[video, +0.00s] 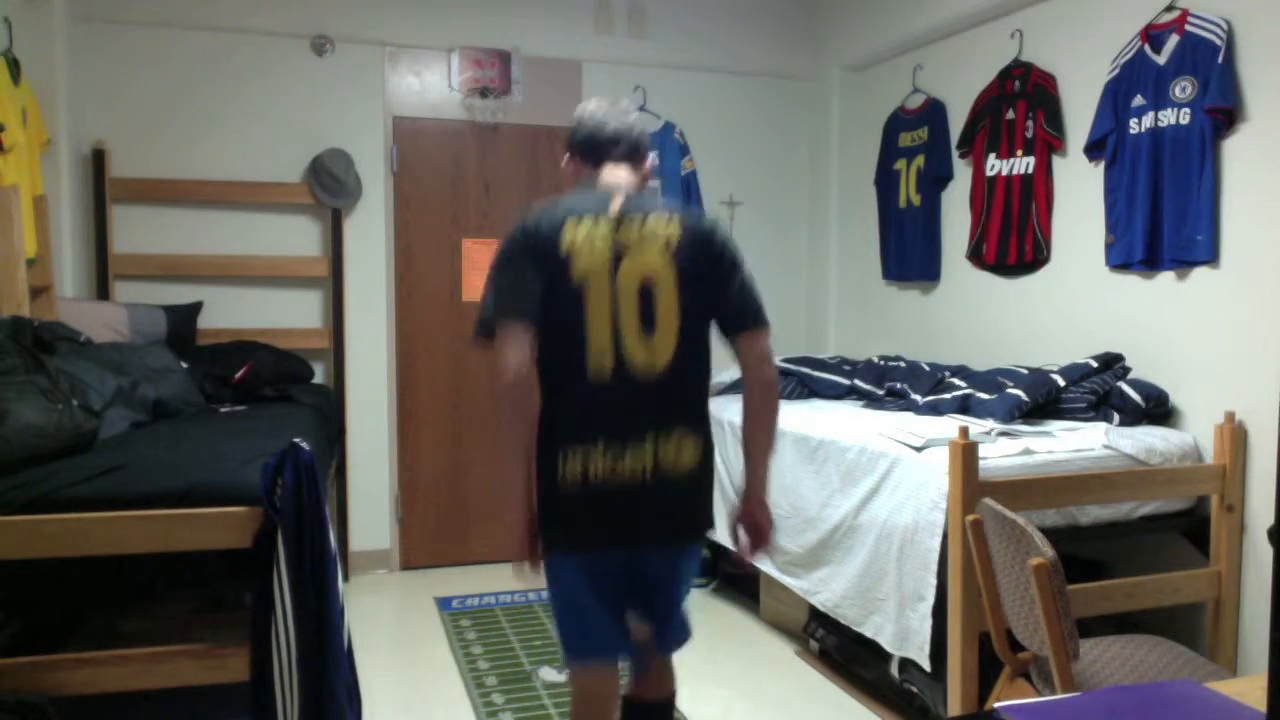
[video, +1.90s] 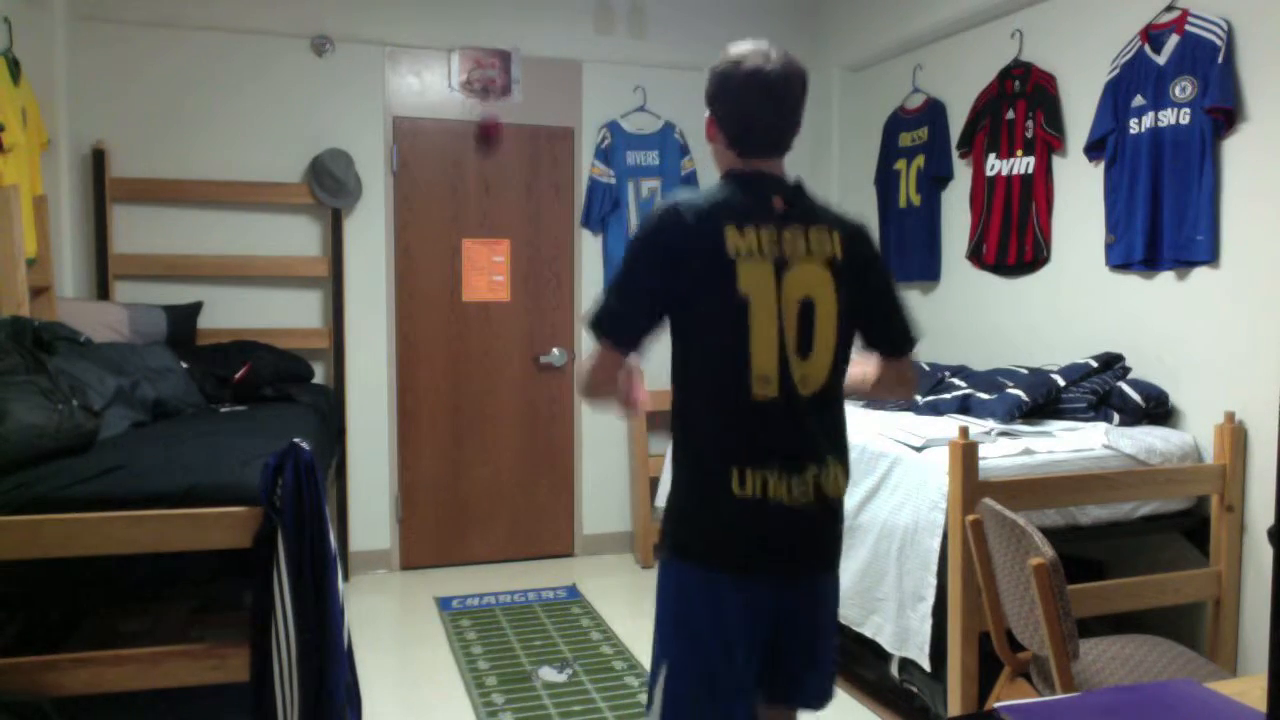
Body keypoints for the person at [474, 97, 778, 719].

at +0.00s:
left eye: (567, 162)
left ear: (570, 163)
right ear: (648, 165)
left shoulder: (538, 233)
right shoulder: (697, 234)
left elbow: (515, 373)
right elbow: (760, 369)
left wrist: (521, 504)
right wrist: (755, 491)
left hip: (578, 499)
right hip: (675, 495)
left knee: (593, 677)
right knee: (654, 656)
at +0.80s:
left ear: (583, 188)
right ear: (662, 190)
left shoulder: (538, 251)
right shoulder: (716, 251)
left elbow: (462, 388)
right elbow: (775, 398)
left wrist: (514, 420)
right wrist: (793, 551)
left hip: (601, 521)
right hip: (701, 512)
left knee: (610, 702)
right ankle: (589, 670)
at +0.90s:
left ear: (589, 186)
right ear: (668, 186)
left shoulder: (544, 252)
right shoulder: (722, 247)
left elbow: (467, 388)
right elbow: (779, 397)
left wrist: (558, 400)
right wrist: (792, 542)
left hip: (604, 522)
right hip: (705, 512)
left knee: (615, 704)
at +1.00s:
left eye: (600, 162)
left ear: (602, 171)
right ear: (684, 169)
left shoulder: (557, 251)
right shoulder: (737, 250)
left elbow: (487, 394)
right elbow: (791, 397)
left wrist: (568, 377)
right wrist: (787, 519)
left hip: (612, 529)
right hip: (713, 522)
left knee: (624, 706)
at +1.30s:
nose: (636, 140)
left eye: (638, 129)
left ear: (644, 141)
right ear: (722, 136)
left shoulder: (634, 248)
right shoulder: (776, 250)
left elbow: (579, 399)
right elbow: (801, 401)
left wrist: (560, 391)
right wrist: (752, 460)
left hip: (651, 535)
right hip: (743, 532)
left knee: (629, 707)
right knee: (726, 698)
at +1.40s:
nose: (652, 136)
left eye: (652, 124)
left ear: (659, 138)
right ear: (738, 134)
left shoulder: (659, 246)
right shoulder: (790, 247)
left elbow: (650, 409)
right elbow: (797, 401)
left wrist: (578, 395)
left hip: (669, 532)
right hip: (761, 531)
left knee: (640, 705)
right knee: (751, 705)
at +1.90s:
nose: (706, 126)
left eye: (706, 116)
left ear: (713, 128)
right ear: (793, 127)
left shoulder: (680, 228)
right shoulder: (843, 237)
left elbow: (597, 379)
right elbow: (898, 381)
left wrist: (624, 380)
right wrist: (833, 376)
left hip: (715, 526)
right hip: (813, 524)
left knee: (704, 704)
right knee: (780, 703)